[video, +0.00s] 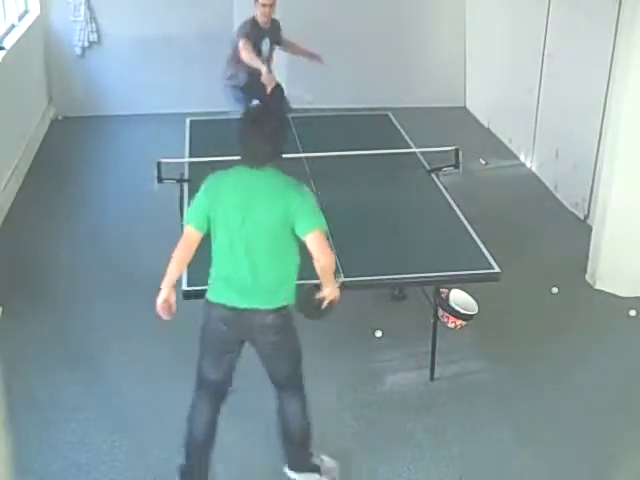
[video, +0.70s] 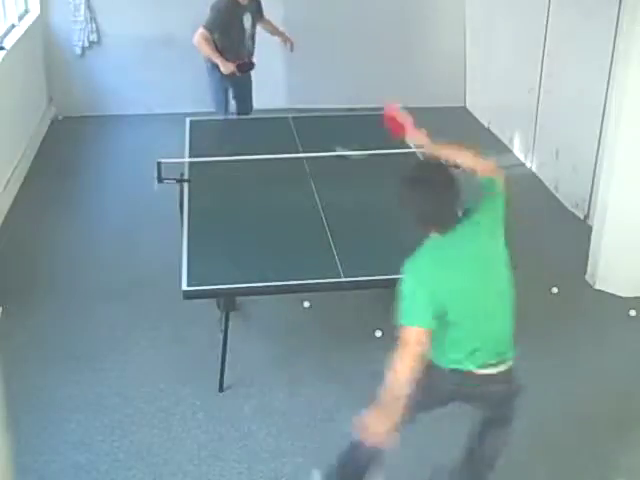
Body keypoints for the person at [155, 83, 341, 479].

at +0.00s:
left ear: (243, 142)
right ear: (279, 145)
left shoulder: (216, 185)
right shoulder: (294, 192)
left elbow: (189, 240)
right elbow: (322, 252)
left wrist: (168, 284)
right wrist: (329, 284)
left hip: (222, 315)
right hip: (271, 319)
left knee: (208, 390)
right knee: (289, 388)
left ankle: (193, 471)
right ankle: (300, 465)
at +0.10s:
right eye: (290, 158)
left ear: (249, 162)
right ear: (290, 163)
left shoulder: (226, 207)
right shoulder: (305, 213)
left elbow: (199, 261)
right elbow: (334, 278)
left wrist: (179, 297)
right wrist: (339, 300)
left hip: (231, 340)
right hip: (282, 341)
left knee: (219, 423)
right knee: (315, 410)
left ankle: (210, 475)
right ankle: (334, 474)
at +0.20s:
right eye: (310, 195)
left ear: (275, 196)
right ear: (312, 200)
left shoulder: (247, 236)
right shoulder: (325, 248)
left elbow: (215, 297)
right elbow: (356, 318)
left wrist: (191, 329)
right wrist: (384, 325)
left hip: (245, 373)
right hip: (301, 374)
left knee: (221, 451)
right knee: (347, 429)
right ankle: (376, 473)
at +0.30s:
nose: (370, 227)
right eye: (368, 220)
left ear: (327, 214)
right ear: (361, 220)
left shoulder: (287, 248)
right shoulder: (361, 276)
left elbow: (254, 297)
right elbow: (364, 346)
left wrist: (224, 346)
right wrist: (410, 384)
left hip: (277, 385)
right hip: (332, 389)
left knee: (246, 449)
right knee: (378, 433)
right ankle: (402, 474)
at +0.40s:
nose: (413, 235)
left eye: (412, 228)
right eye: (412, 228)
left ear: (373, 224)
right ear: (407, 234)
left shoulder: (337, 252)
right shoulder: (399, 283)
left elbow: (299, 297)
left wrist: (270, 351)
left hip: (319, 387)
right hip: (369, 393)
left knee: (281, 452)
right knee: (410, 425)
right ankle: (412, 475)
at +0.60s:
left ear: (395, 209)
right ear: (437, 202)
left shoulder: (389, 265)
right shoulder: (474, 243)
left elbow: (367, 335)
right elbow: (523, 245)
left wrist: (324, 385)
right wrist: (476, 192)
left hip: (406, 379)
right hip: (460, 383)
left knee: (351, 418)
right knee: (447, 434)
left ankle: (306, 472)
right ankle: (431, 475)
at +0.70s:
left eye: (412, 206)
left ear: (416, 213)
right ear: (456, 199)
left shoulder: (420, 268)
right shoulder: (486, 227)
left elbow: (413, 347)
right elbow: (490, 170)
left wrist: (384, 411)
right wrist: (429, 146)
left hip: (443, 376)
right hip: (496, 378)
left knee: (385, 417)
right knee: (497, 424)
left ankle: (347, 470)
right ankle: (474, 472)